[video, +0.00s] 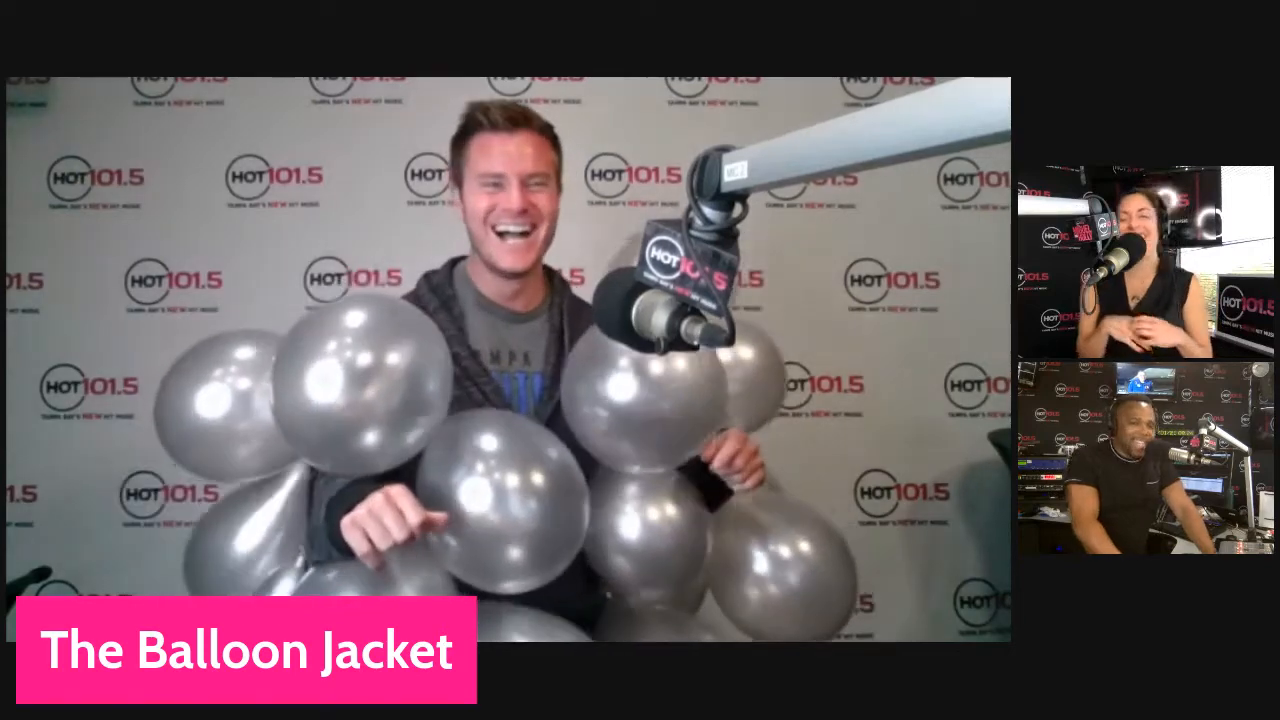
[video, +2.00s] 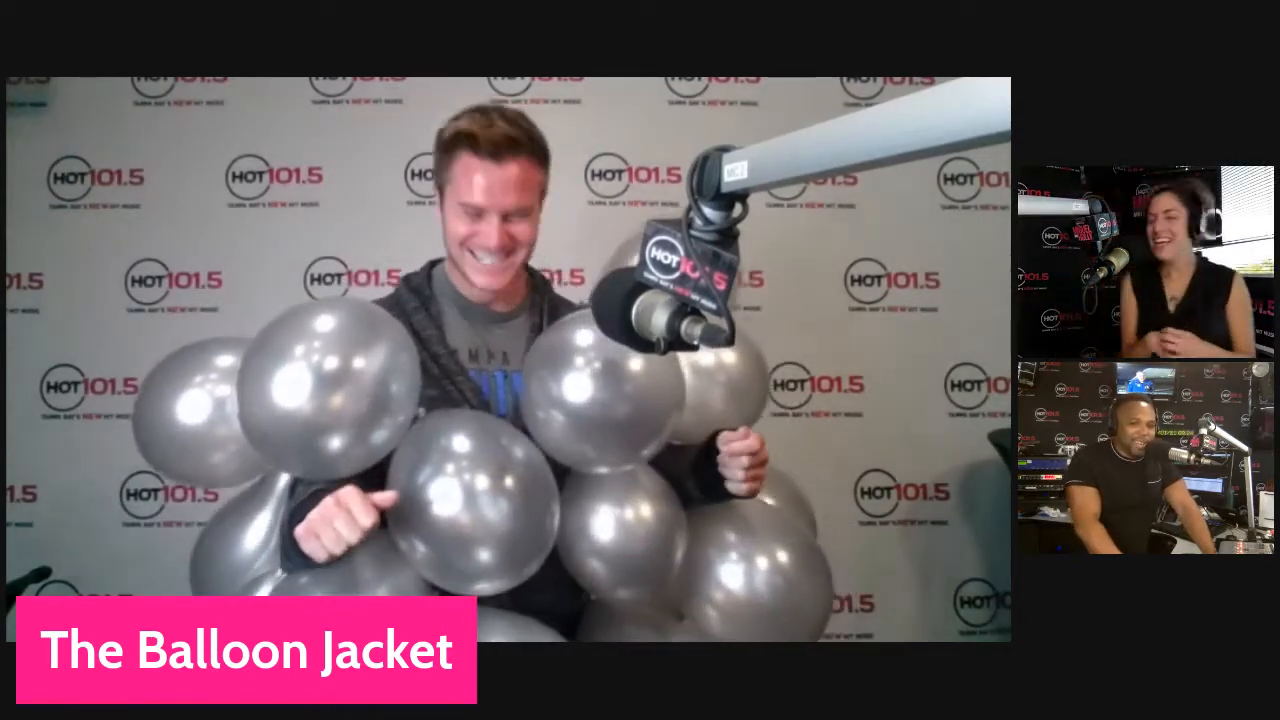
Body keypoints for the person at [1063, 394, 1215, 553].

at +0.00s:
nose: (1144, 432)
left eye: (1150, 425)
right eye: (1134, 423)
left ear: (1155, 430)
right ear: (1113, 428)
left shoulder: (1156, 457)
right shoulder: (1087, 459)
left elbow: (1184, 509)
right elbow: (1085, 525)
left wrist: (1210, 552)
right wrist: (1120, 561)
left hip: (1140, 555)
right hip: (1095, 557)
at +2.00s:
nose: (1144, 432)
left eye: (1150, 425)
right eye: (1134, 424)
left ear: (1156, 427)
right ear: (1114, 426)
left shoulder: (1156, 457)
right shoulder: (1087, 460)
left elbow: (1186, 507)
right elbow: (1086, 524)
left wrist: (1210, 551)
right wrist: (1119, 559)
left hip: (1142, 555)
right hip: (1098, 555)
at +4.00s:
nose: (1146, 430)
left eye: (1152, 424)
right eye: (1137, 421)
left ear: (1157, 430)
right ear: (1117, 422)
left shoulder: (1157, 457)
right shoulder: (1086, 459)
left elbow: (1186, 508)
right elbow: (1085, 524)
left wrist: (1210, 552)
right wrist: (1117, 560)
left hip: (1142, 555)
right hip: (1096, 557)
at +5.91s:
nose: (1141, 432)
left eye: (1147, 424)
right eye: (1131, 424)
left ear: (1153, 428)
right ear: (1112, 427)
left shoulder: (1158, 458)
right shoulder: (1087, 460)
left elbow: (1187, 508)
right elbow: (1086, 524)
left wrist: (1211, 552)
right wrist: (1119, 561)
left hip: (1143, 557)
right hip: (1098, 557)